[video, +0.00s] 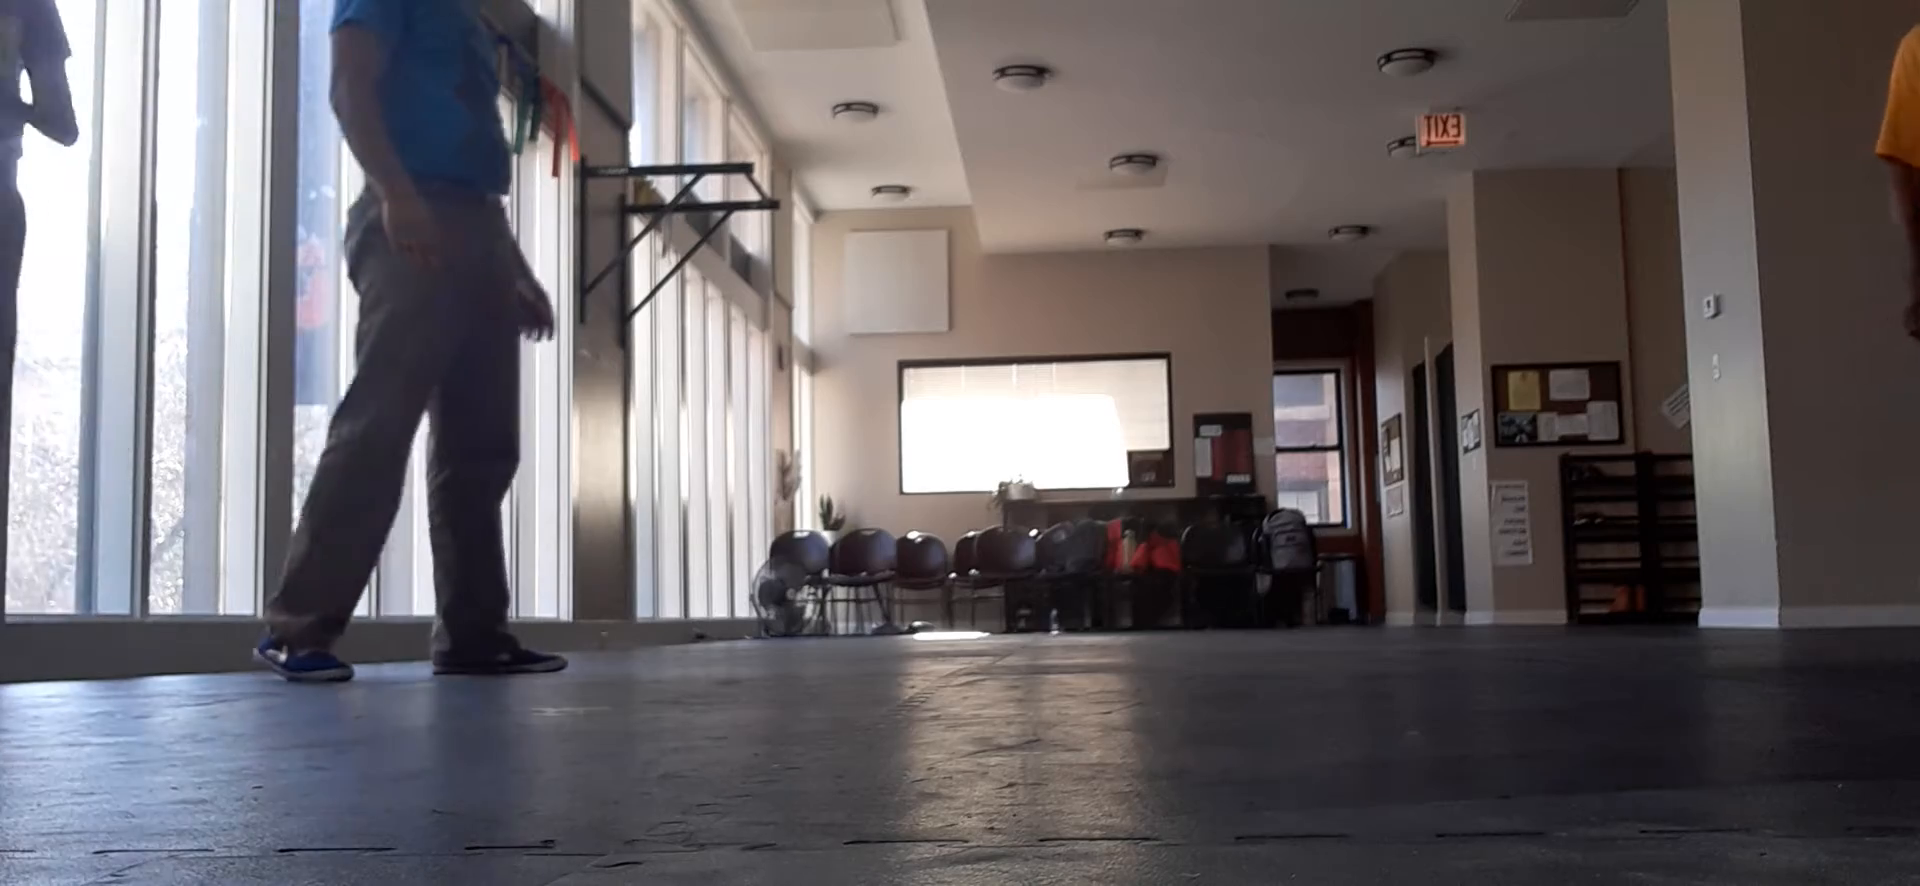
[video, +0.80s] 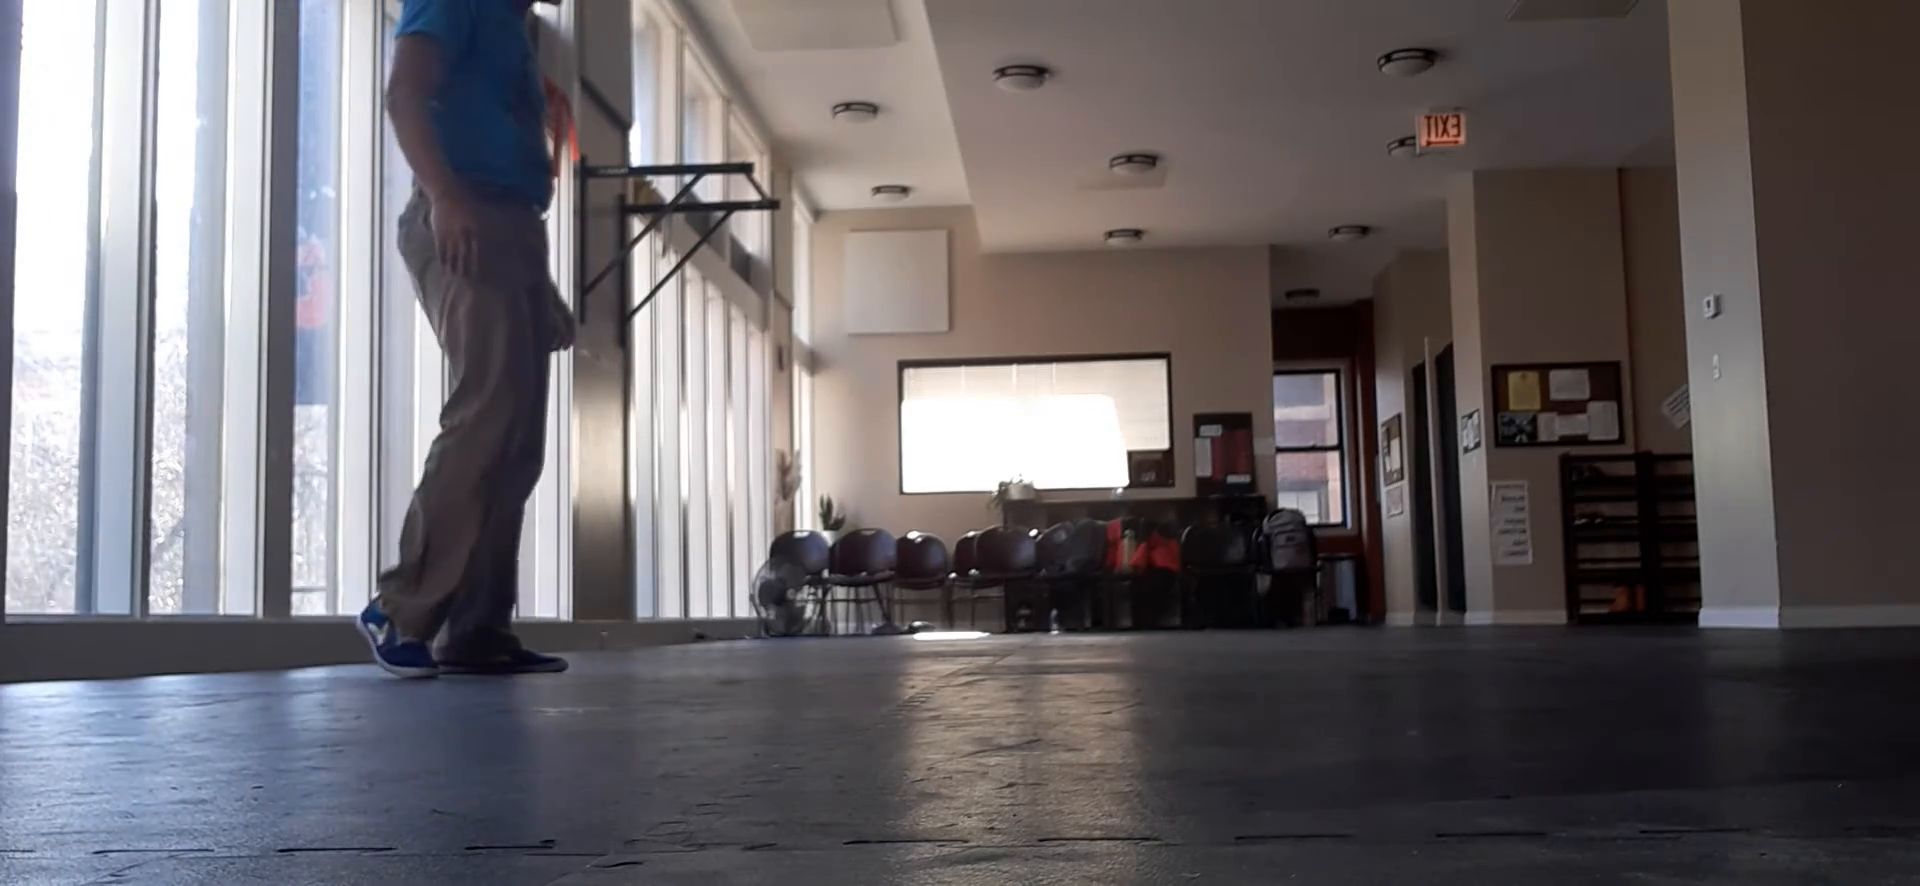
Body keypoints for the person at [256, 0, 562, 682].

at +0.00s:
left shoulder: (466, 23)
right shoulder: (383, 4)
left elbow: (472, 167)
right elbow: (350, 90)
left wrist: (513, 270)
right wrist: (399, 195)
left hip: (479, 226)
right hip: (415, 218)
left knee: (478, 447)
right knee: (379, 427)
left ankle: (472, 637)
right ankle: (295, 631)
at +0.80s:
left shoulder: (513, 24)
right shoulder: (454, 5)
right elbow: (404, 95)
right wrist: (445, 198)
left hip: (514, 221)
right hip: (467, 214)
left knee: (516, 437)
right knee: (487, 414)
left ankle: (477, 634)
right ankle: (402, 610)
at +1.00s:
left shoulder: (511, 24)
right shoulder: (457, 5)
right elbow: (402, 90)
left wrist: (542, 99)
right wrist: (442, 189)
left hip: (507, 219)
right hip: (460, 213)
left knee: (507, 428)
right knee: (486, 405)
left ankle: (475, 631)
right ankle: (393, 605)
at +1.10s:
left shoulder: (505, 26)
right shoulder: (452, 6)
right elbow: (403, 90)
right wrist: (444, 191)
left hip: (500, 225)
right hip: (456, 219)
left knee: (501, 438)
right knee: (481, 414)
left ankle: (474, 636)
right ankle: (378, 601)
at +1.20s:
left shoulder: (500, 34)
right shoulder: (447, 6)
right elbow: (399, 88)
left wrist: (523, 286)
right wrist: (446, 188)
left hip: (497, 230)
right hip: (451, 221)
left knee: (496, 445)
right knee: (472, 419)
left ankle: (474, 639)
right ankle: (358, 593)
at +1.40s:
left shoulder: (483, 34)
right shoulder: (414, 4)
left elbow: (484, 176)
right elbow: (378, 99)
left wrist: (520, 287)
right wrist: (441, 185)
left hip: (492, 238)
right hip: (430, 227)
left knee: (484, 453)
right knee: (415, 434)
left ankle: (472, 638)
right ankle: (336, 615)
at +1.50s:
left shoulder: (471, 30)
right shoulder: (394, 5)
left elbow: (471, 167)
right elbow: (357, 104)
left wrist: (504, 287)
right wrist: (422, 184)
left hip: (480, 238)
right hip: (411, 230)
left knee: (474, 453)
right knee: (391, 433)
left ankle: (472, 639)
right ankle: (328, 625)